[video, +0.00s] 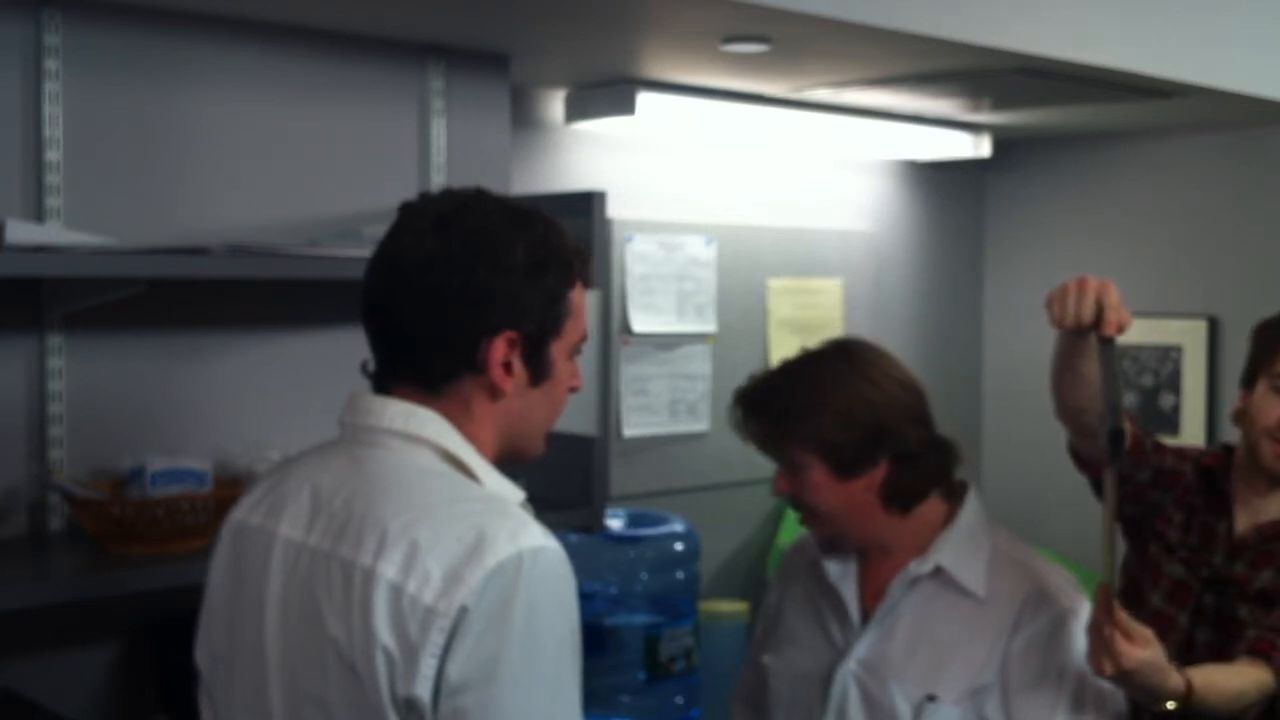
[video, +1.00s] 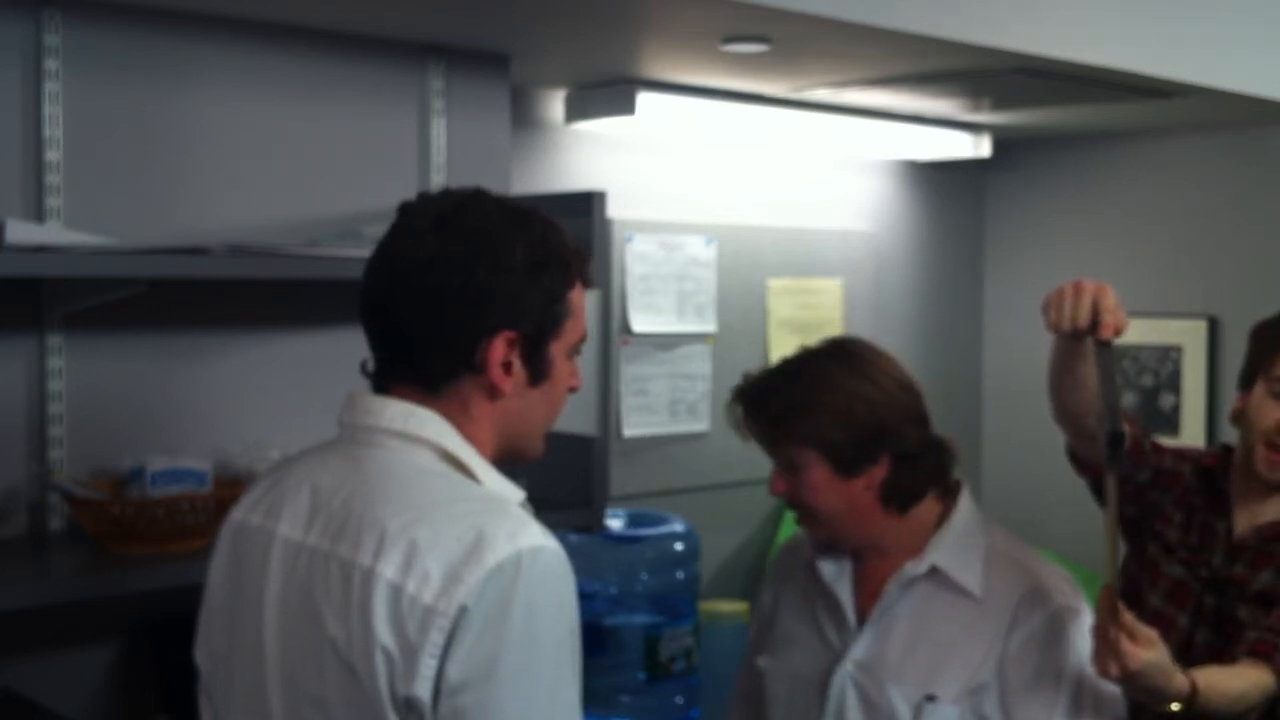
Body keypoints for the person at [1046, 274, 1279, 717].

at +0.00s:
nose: (1279, 413)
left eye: (1279, 392)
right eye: (1275, 389)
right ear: (1242, 402)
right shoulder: (1174, 481)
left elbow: (1265, 673)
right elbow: (1089, 425)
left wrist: (1175, 685)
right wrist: (1080, 332)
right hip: (1124, 703)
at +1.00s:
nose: (1279, 419)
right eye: (1275, 393)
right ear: (1240, 404)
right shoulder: (1172, 483)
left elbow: (1266, 674)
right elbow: (1087, 428)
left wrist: (1179, 687)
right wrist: (1076, 336)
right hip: (1121, 702)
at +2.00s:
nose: (1278, 419)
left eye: (1279, 398)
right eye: (1276, 395)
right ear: (1242, 402)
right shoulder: (1171, 484)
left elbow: (1266, 674)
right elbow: (1091, 426)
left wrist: (1183, 688)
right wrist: (1082, 333)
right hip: (1132, 703)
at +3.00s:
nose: (1279, 418)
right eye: (1277, 394)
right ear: (1243, 401)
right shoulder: (1173, 485)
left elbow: (1268, 674)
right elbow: (1092, 427)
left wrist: (1186, 686)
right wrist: (1084, 329)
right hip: (1128, 704)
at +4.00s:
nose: (1279, 420)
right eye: (1275, 395)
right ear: (1240, 400)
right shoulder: (1167, 485)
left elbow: (1268, 675)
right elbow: (1089, 426)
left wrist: (1186, 686)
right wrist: (1083, 329)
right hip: (1131, 704)